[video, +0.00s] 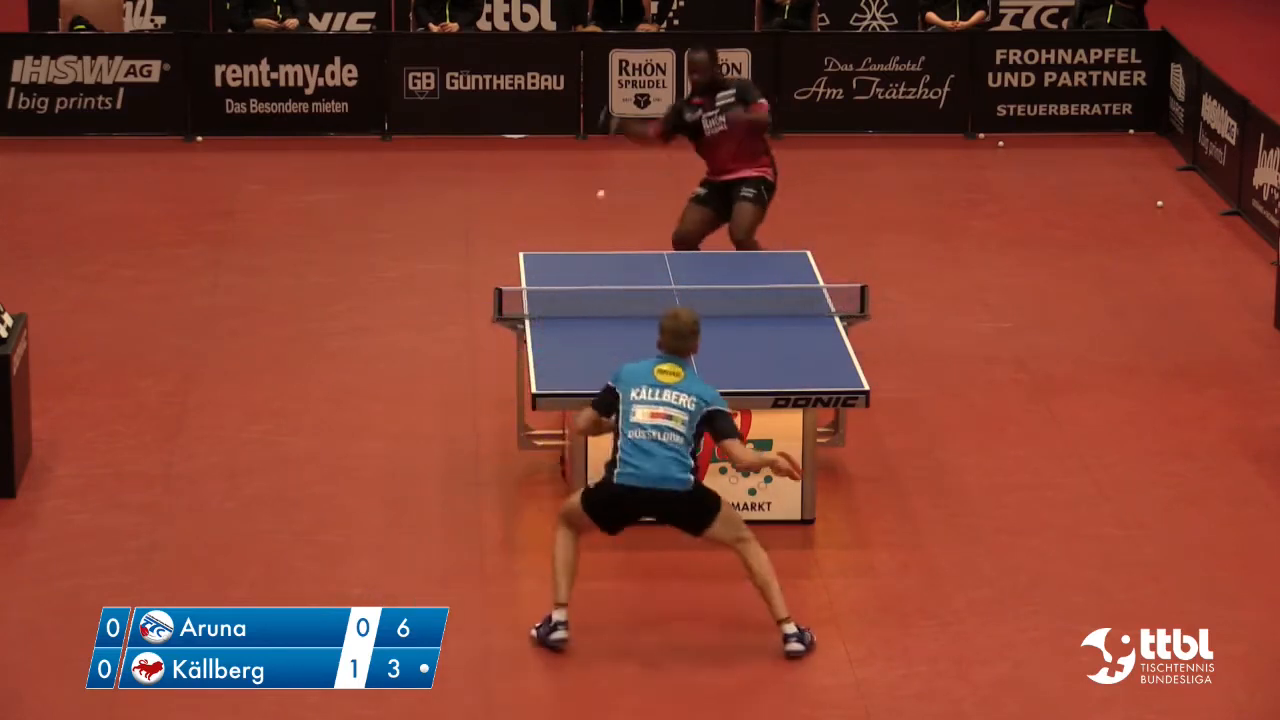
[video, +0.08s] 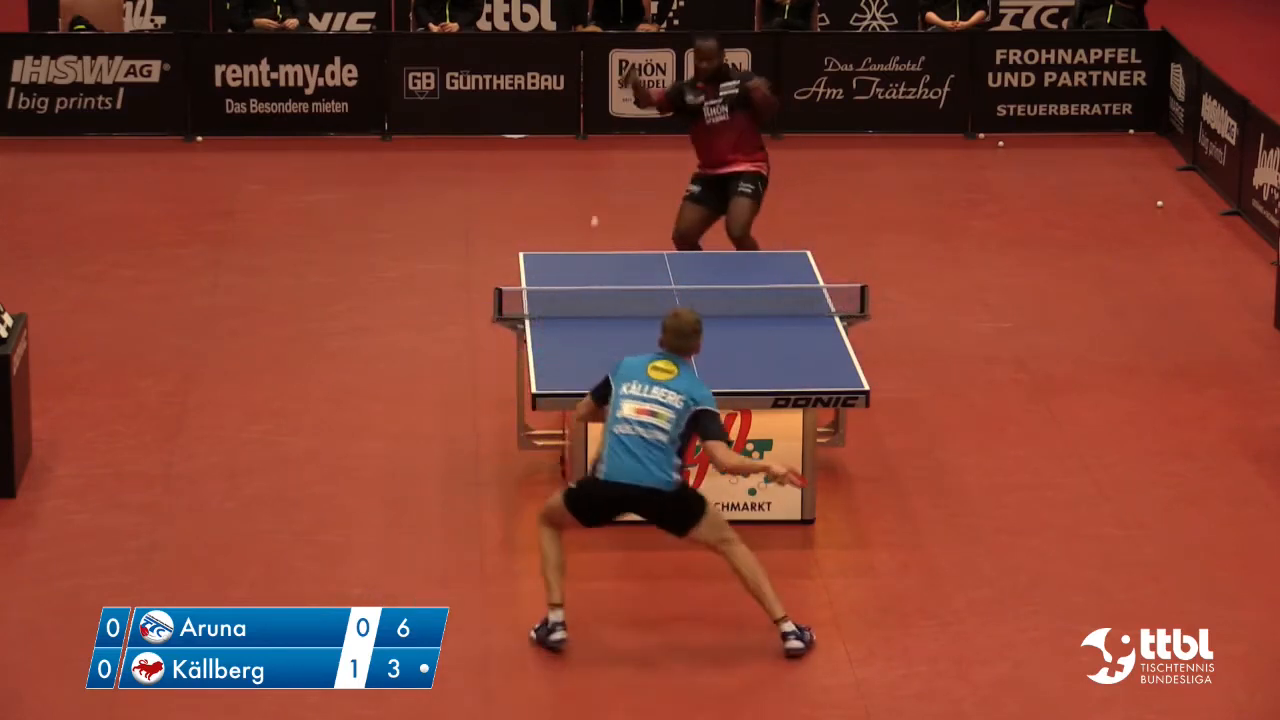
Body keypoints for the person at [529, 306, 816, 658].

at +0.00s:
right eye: (694, 339)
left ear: (658, 342)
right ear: (695, 347)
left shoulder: (627, 376)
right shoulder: (705, 394)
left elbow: (583, 425)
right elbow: (740, 458)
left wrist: (617, 420)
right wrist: (769, 460)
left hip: (622, 490)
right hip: (679, 493)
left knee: (568, 521)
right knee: (745, 541)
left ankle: (558, 620)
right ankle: (789, 630)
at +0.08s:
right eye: (697, 339)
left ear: (660, 339)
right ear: (697, 347)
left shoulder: (626, 368)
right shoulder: (697, 391)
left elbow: (582, 414)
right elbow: (724, 461)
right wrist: (766, 468)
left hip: (610, 485)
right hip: (662, 491)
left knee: (548, 519)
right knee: (729, 542)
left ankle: (555, 622)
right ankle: (788, 629)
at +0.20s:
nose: (692, 343)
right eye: (693, 338)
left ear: (653, 334)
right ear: (690, 345)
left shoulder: (619, 359)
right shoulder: (679, 386)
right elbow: (686, 466)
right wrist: (737, 499)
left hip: (561, 463)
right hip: (609, 474)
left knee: (511, 505)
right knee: (696, 528)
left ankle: (499, 599)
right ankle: (720, 631)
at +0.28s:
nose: (680, 356)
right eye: (681, 351)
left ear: (643, 345)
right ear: (678, 357)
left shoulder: (609, 370)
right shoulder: (659, 403)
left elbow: (593, 431)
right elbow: (656, 479)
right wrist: (691, 528)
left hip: (538, 473)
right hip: (584, 485)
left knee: (497, 521)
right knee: (676, 533)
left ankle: (439, 590)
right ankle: (645, 641)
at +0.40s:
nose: (652, 388)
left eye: (644, 377)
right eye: (654, 384)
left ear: (619, 376)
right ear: (651, 390)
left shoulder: (597, 398)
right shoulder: (614, 434)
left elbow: (606, 460)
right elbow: (579, 501)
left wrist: (653, 465)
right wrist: (581, 571)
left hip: (502, 491)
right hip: (541, 508)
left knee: (456, 556)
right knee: (644, 541)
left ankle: (372, 604)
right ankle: (637, 649)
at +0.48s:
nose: (636, 413)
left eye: (632, 404)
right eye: (637, 407)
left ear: (600, 398)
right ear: (630, 414)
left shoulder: (581, 422)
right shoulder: (582, 459)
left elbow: (604, 468)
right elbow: (526, 512)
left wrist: (650, 488)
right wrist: (511, 577)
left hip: (473, 508)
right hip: (506, 522)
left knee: (435, 577)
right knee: (616, 543)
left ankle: (360, 622)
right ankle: (635, 650)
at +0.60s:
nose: (607, 432)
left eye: (606, 424)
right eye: (607, 426)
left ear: (573, 416)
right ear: (595, 431)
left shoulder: (554, 435)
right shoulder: (541, 472)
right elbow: (487, 527)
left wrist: (561, 481)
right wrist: (481, 587)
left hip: (455, 518)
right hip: (484, 536)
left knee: (424, 587)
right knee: (592, 551)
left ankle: (354, 623)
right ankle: (634, 651)